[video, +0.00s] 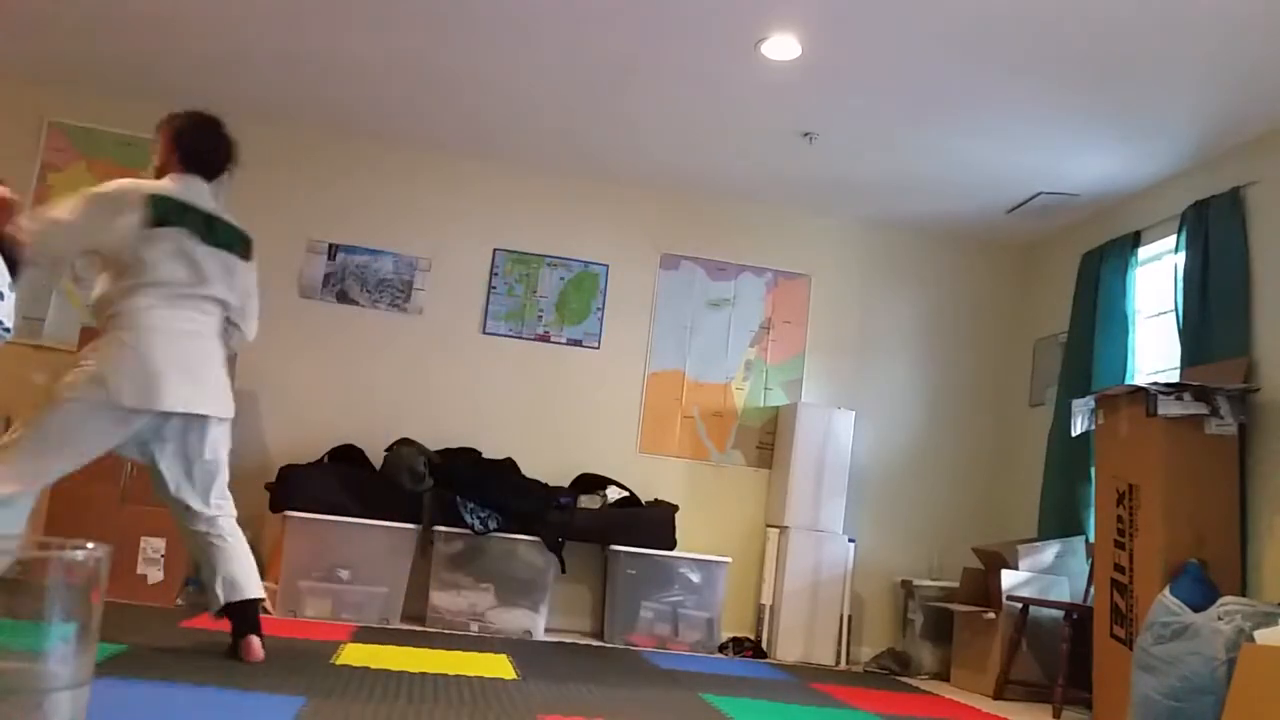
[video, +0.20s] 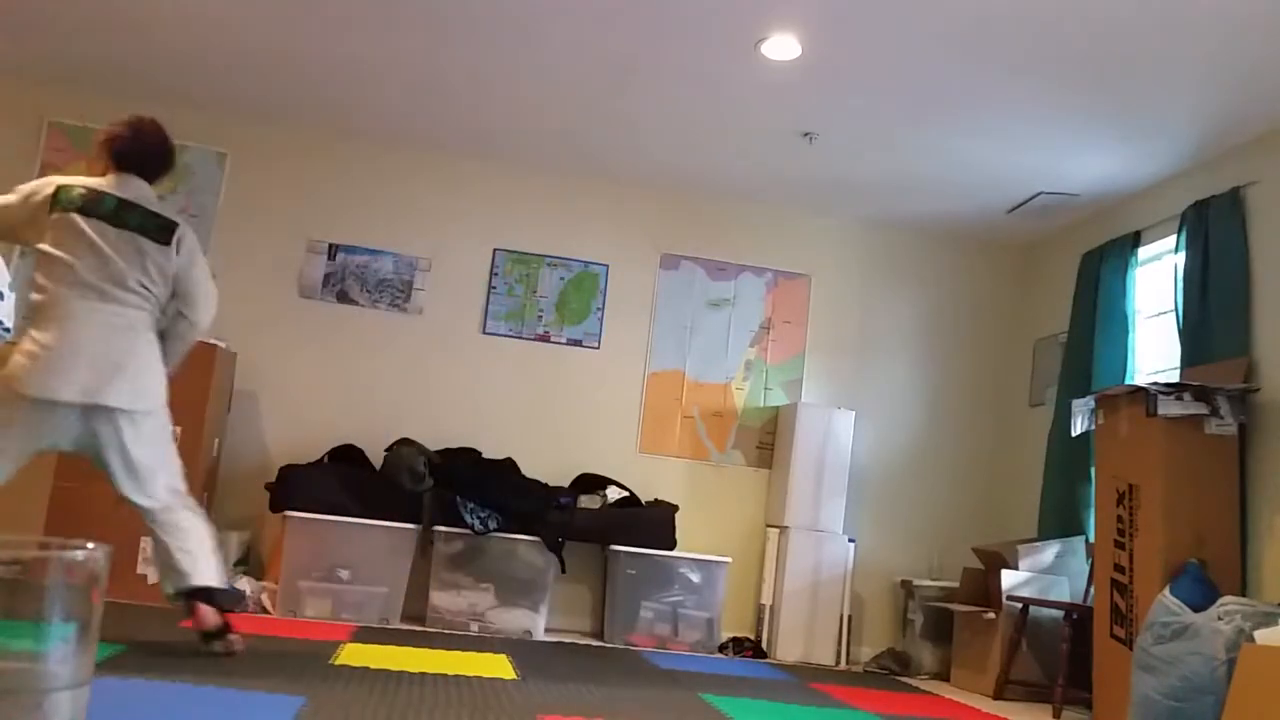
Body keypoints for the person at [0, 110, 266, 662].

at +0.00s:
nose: (156, 153)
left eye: (160, 145)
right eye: (161, 144)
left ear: (169, 153)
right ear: (219, 168)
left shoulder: (132, 198)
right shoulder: (237, 238)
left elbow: (42, 232)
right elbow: (242, 328)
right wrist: (193, 354)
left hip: (128, 373)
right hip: (204, 388)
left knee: (17, 471)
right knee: (211, 508)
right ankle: (248, 629)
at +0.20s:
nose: (92, 156)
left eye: (98, 150)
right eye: (98, 149)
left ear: (104, 156)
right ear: (158, 176)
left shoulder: (55, 194)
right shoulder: (177, 233)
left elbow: (2, 215)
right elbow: (198, 312)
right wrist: (154, 367)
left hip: (42, 370)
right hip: (131, 383)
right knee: (167, 498)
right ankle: (205, 598)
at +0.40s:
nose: (80, 138)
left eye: (86, 131)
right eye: (84, 130)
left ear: (101, 138)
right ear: (150, 153)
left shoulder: (57, 174)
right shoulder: (174, 213)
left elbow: (3, 239)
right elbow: (179, 307)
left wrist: (32, 278)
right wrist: (128, 309)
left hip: (43, 337)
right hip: (124, 352)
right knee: (141, 475)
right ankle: (160, 570)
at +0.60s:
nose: (130, 168)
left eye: (134, 160)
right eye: (135, 160)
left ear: (142, 165)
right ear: (192, 178)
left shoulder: (103, 197)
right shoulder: (214, 243)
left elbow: (24, 255)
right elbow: (194, 327)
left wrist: (8, 237)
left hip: (77, 359)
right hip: (150, 380)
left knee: (0, 469)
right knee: (144, 507)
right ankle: (159, 611)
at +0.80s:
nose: (186, 167)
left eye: (189, 159)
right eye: (189, 159)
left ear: (199, 162)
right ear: (250, 171)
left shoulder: (169, 198)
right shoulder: (275, 234)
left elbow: (109, 273)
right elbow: (266, 314)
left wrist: (92, 255)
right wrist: (223, 291)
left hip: (163, 356)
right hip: (232, 373)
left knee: (88, 461)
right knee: (199, 494)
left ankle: (32, 572)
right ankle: (173, 610)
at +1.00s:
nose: (230, 180)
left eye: (232, 172)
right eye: (232, 172)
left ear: (244, 172)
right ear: (296, 181)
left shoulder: (217, 208)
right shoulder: (323, 244)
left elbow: (162, 283)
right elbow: (313, 328)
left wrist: (140, 271)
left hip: (218, 375)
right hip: (289, 386)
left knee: (160, 491)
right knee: (296, 496)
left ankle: (152, 615)